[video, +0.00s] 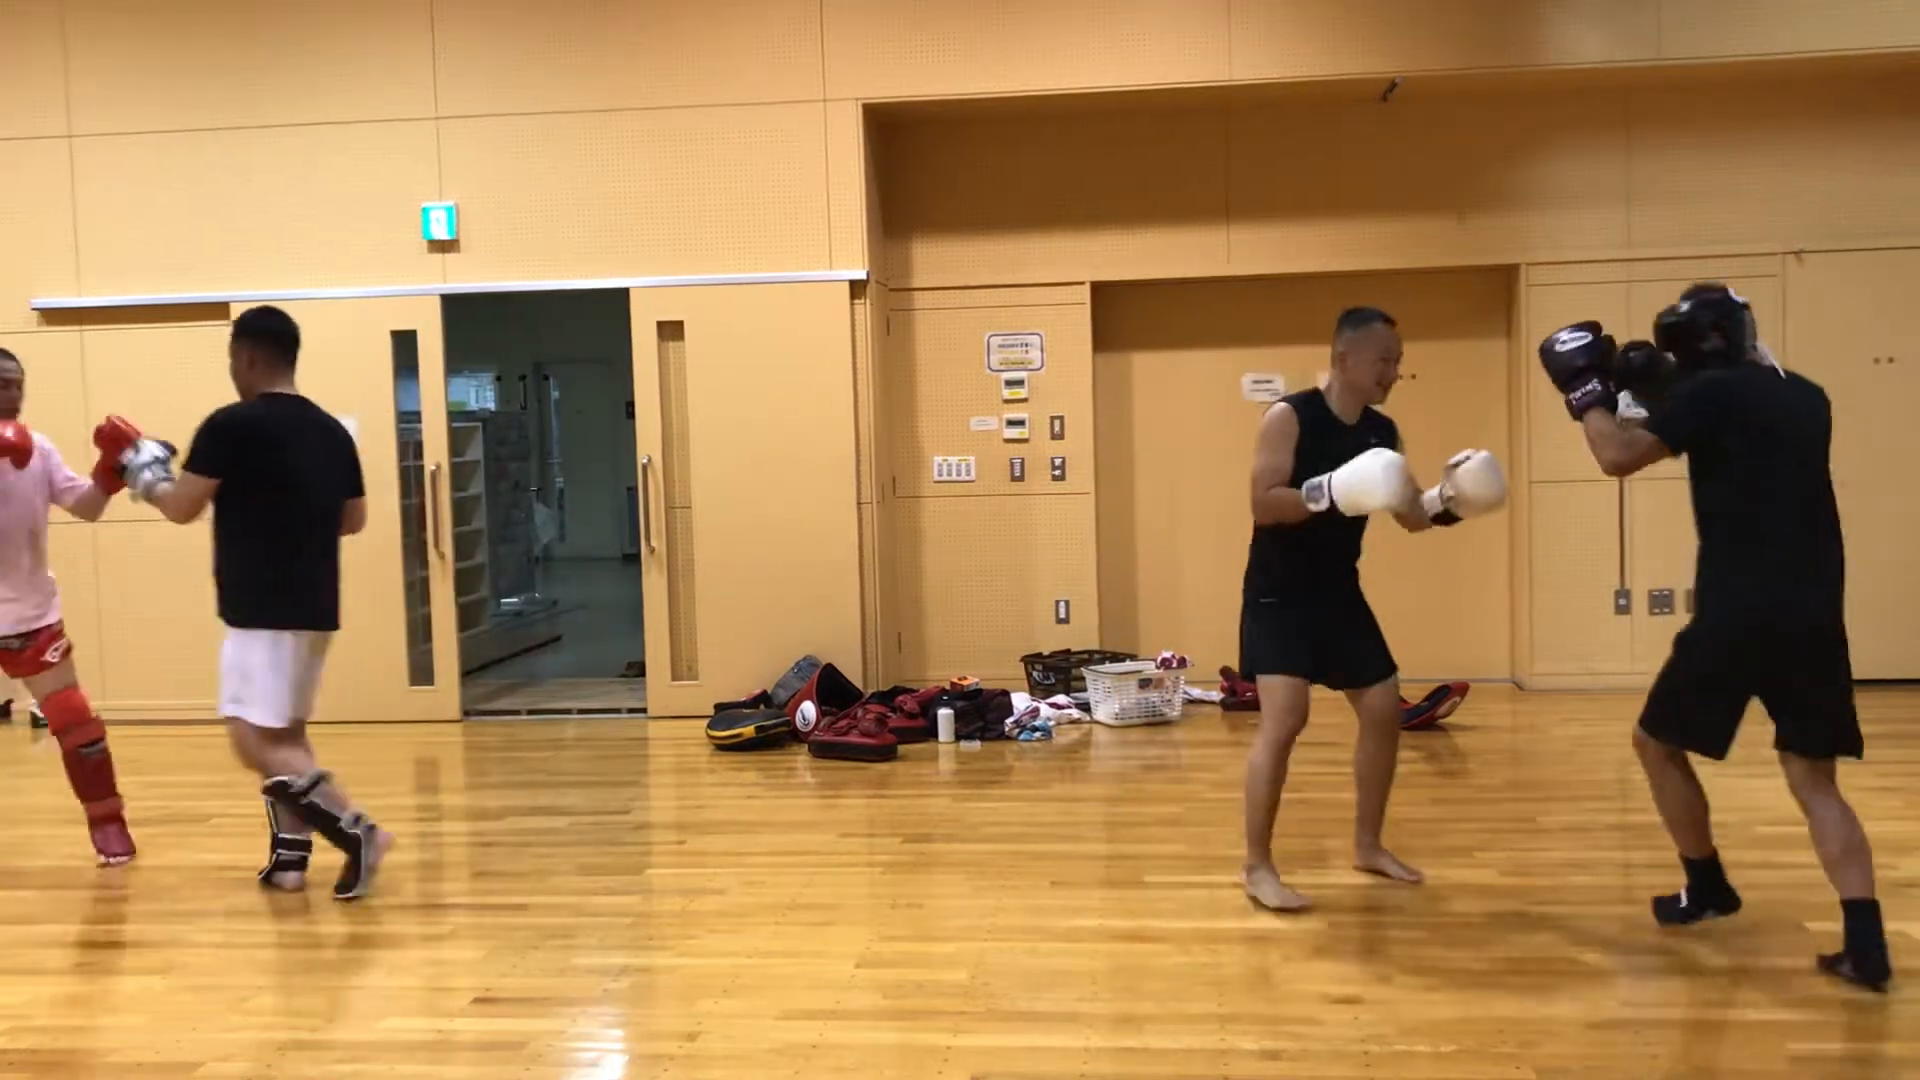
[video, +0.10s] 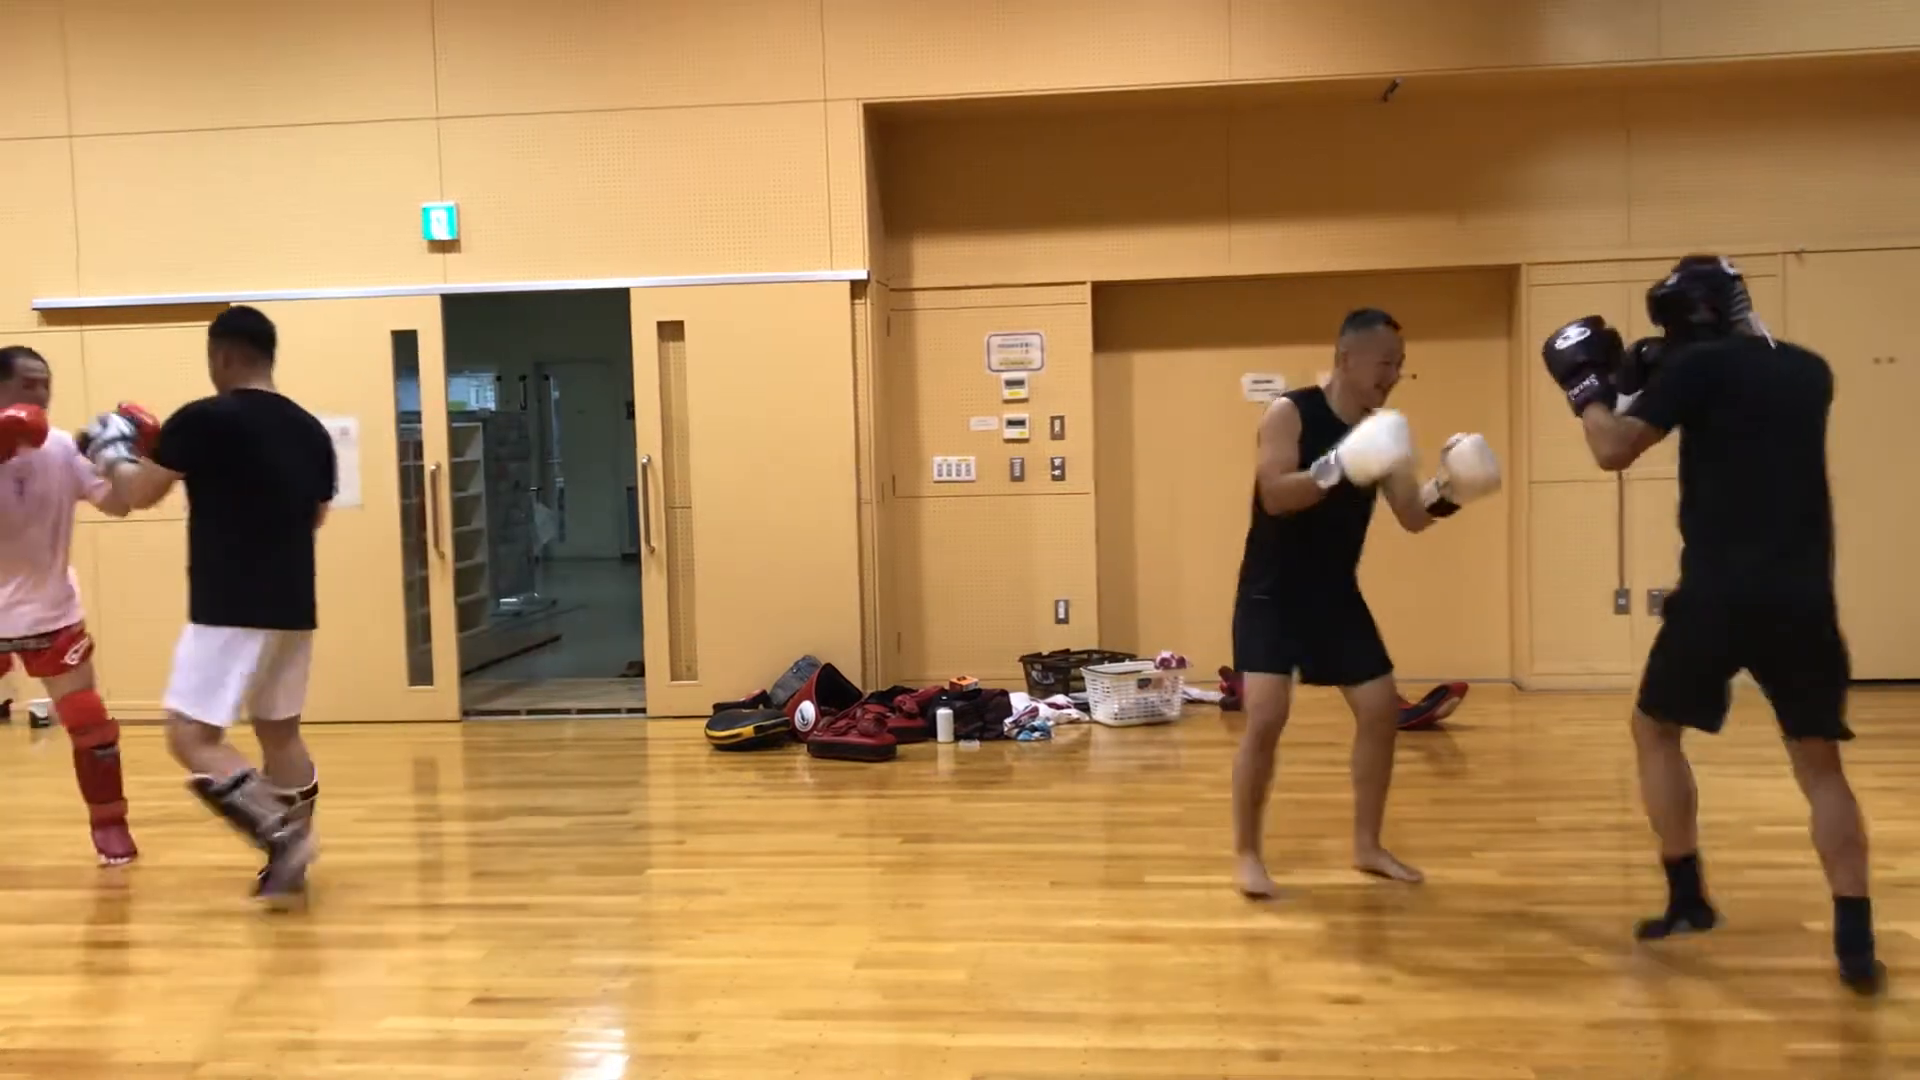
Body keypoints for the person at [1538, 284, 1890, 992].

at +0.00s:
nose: (1679, 365)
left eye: (1679, 352)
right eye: (1673, 354)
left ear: (1696, 349)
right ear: (1746, 337)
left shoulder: (1707, 394)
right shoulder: (1809, 397)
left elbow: (1615, 454)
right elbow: (1747, 404)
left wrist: (1584, 389)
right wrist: (1667, 387)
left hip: (1734, 618)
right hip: (1813, 619)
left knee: (1656, 741)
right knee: (1815, 778)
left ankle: (1706, 887)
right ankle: (1867, 947)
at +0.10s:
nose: (1671, 339)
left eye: (1670, 327)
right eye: (1666, 329)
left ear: (1686, 323)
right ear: (1742, 307)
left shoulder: (1694, 367)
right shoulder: (1810, 370)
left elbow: (1613, 449)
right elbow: (1747, 411)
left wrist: (1585, 388)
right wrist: (1664, 374)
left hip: (1716, 597)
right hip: (1802, 598)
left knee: (1655, 728)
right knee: (1822, 766)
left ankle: (1688, 901)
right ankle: (1857, 945)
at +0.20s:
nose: (1652, 358)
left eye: (1652, 347)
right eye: (1653, 348)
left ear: (1666, 344)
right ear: (1727, 326)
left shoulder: (1676, 396)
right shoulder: (1804, 391)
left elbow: (1609, 499)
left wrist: (1592, 434)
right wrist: (1660, 400)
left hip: (1704, 625)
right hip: (1797, 626)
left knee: (1630, 765)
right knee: (1827, 794)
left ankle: (1628, 932)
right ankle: (1878, 981)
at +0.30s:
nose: (1629, 378)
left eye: (1630, 367)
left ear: (1643, 367)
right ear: (1710, 347)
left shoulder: (1644, 434)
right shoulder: (1783, 417)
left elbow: (1590, 546)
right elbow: (1797, 521)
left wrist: (1571, 473)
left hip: (1681, 663)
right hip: (1778, 660)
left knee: (1607, 807)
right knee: (1821, 823)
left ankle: (1579, 969)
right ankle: (1877, 996)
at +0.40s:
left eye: (1606, 359)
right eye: (1690, 339)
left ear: (1615, 362)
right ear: (1688, 349)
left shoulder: (1604, 429)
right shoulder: (1752, 413)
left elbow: (1540, 536)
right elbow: (1785, 525)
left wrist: (1532, 466)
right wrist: (1728, 473)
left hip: (1645, 662)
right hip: (1744, 660)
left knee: (1589, 824)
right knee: (1802, 815)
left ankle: (1569, 1000)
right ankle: (1872, 1000)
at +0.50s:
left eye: (1557, 346)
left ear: (1567, 347)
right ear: (1638, 338)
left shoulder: (1546, 409)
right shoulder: (1696, 401)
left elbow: (1449, 477)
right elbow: (1733, 513)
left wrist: (1446, 414)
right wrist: (1664, 476)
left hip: (1589, 654)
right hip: (1689, 651)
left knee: (1557, 821)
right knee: (1754, 810)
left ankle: (1565, 1008)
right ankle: (1808, 998)